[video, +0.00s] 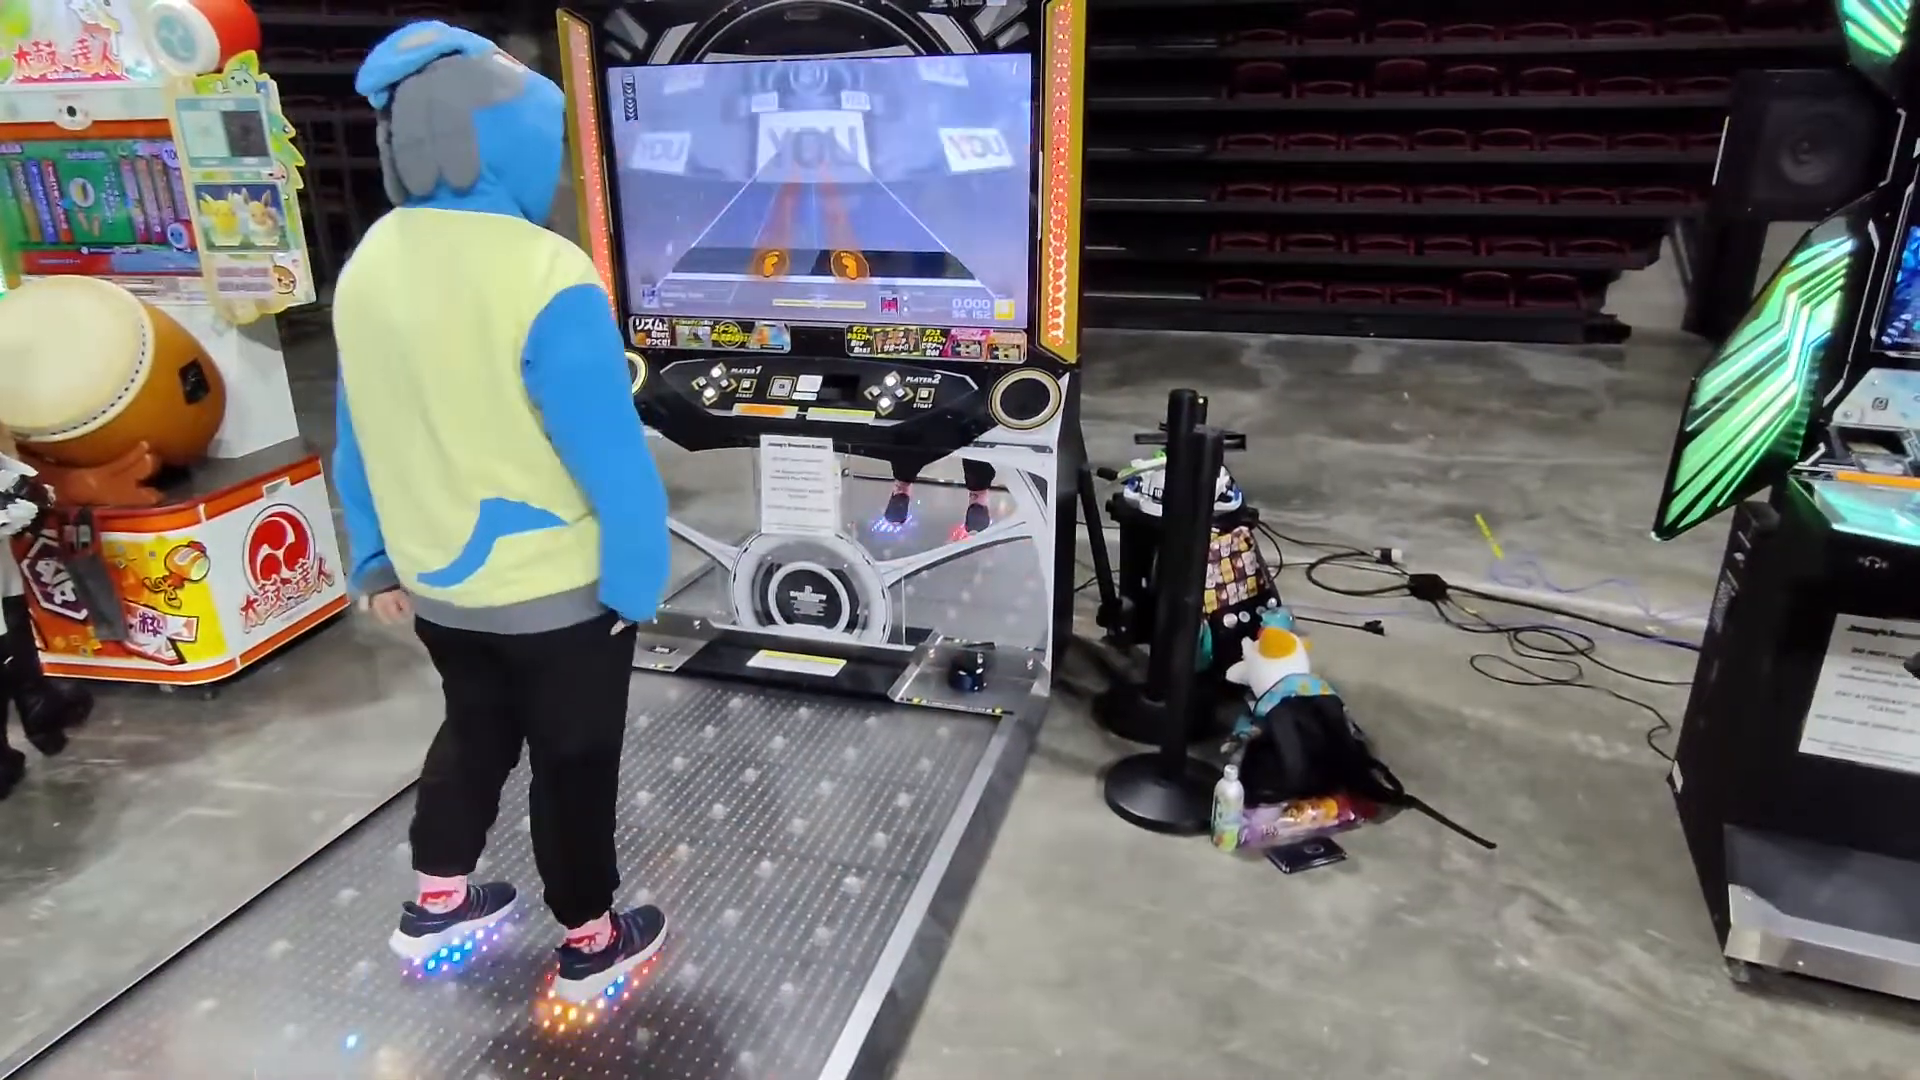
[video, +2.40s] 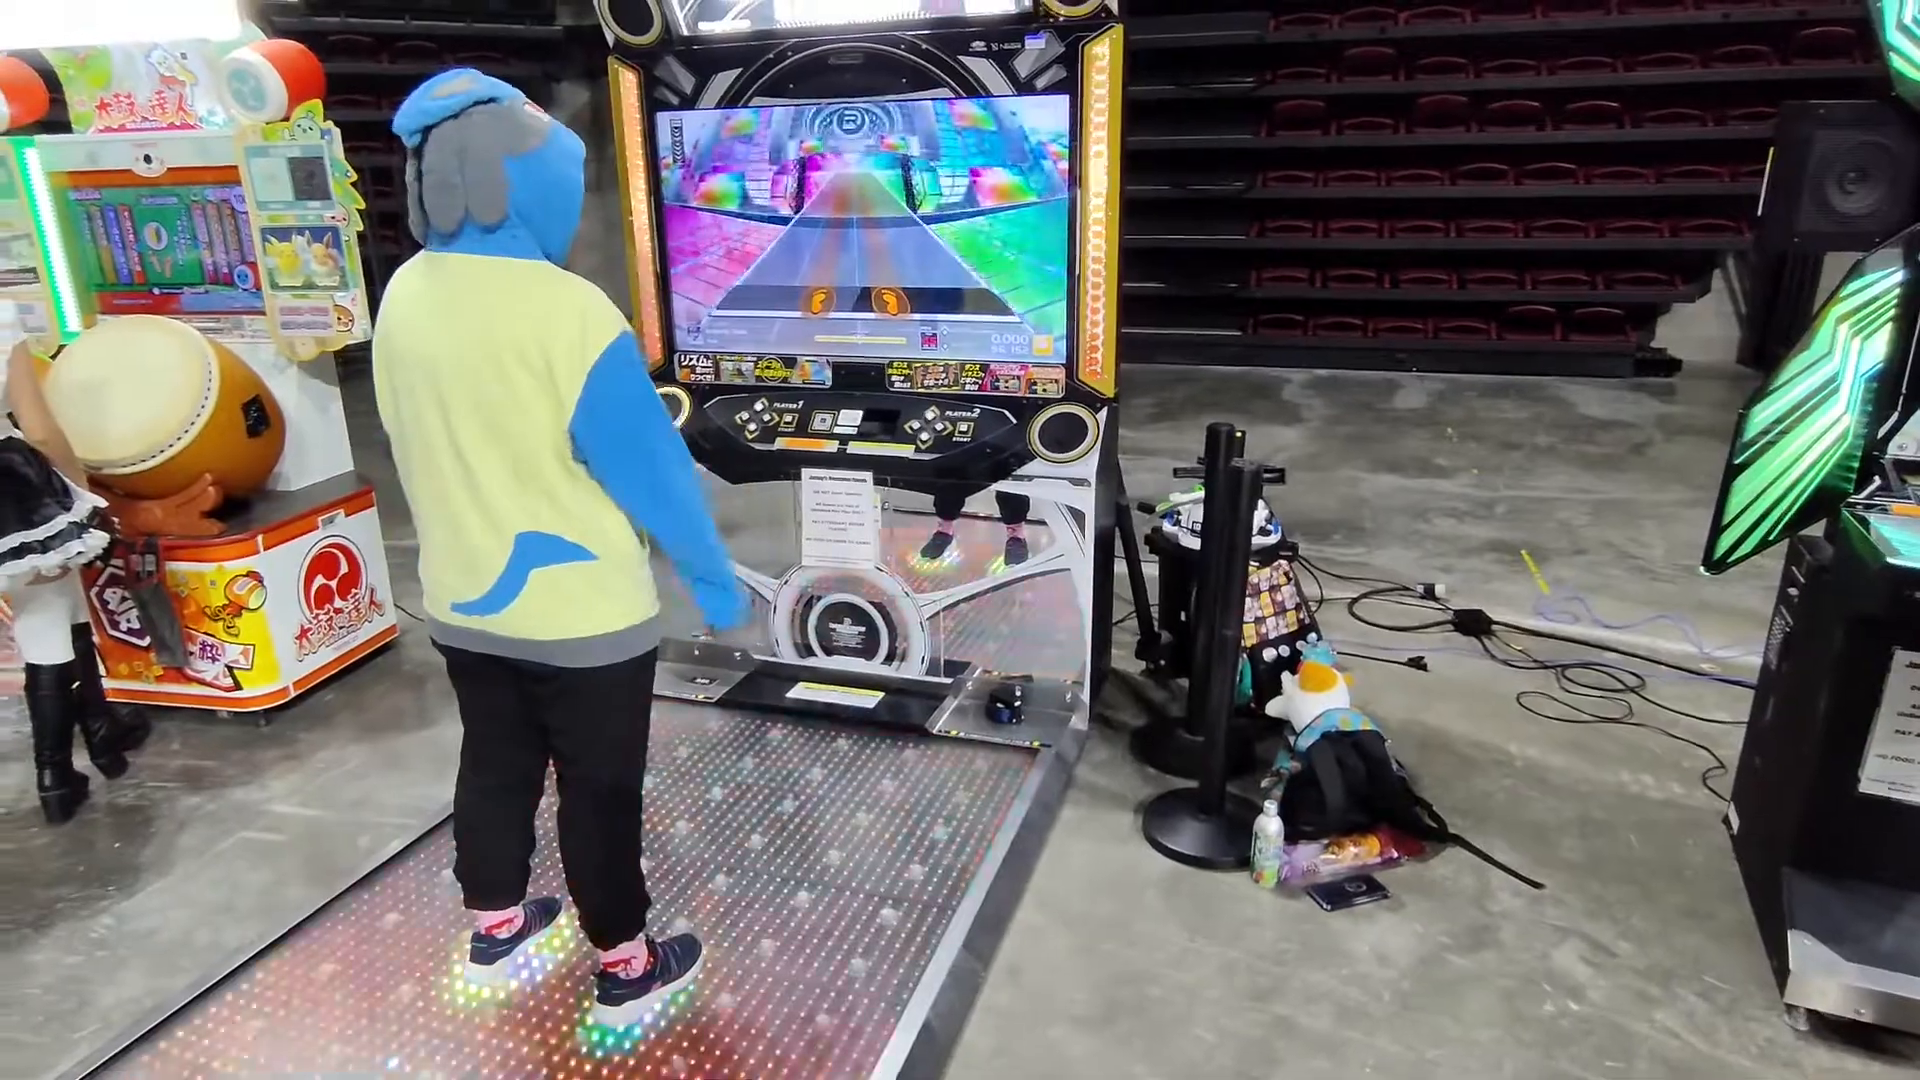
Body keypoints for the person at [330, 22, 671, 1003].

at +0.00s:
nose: (551, 152)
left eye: (544, 132)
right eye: (538, 134)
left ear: (424, 151)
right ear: (502, 144)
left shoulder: (368, 267)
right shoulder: (546, 272)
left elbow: (356, 431)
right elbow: (609, 445)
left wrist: (374, 553)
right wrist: (638, 575)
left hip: (440, 589)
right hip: (555, 591)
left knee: (474, 729)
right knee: (574, 764)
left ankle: (436, 899)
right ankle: (591, 935)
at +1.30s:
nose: (527, 161)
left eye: (515, 144)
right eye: (512, 145)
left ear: (400, 171)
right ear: (483, 161)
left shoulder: (359, 275)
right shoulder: (546, 289)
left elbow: (370, 407)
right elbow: (630, 438)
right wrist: (692, 541)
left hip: (425, 589)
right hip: (558, 595)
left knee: (461, 743)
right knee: (573, 768)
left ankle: (468, 911)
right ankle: (601, 942)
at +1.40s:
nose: (531, 167)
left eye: (521, 149)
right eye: (518, 151)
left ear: (401, 177)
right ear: (496, 167)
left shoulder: (362, 274)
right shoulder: (552, 294)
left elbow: (356, 423)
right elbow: (667, 407)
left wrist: (371, 464)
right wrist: (755, 479)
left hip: (429, 594)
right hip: (558, 601)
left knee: (461, 753)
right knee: (573, 773)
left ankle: (469, 911)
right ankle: (602, 943)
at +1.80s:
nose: (552, 179)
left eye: (545, 160)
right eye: (539, 160)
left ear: (422, 179)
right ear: (501, 173)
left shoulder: (381, 284)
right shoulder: (557, 299)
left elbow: (362, 433)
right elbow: (668, 434)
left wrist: (397, 520)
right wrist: (766, 537)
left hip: (446, 600)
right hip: (572, 608)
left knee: (475, 761)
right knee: (585, 778)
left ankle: (482, 917)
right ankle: (611, 949)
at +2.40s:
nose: (569, 191)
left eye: (564, 173)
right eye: (554, 174)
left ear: (449, 187)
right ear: (513, 184)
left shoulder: (406, 295)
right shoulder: (570, 314)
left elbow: (424, 442)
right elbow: (654, 470)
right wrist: (716, 581)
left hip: (466, 607)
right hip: (589, 615)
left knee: (496, 759)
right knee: (603, 784)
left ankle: (495, 919)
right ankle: (622, 957)